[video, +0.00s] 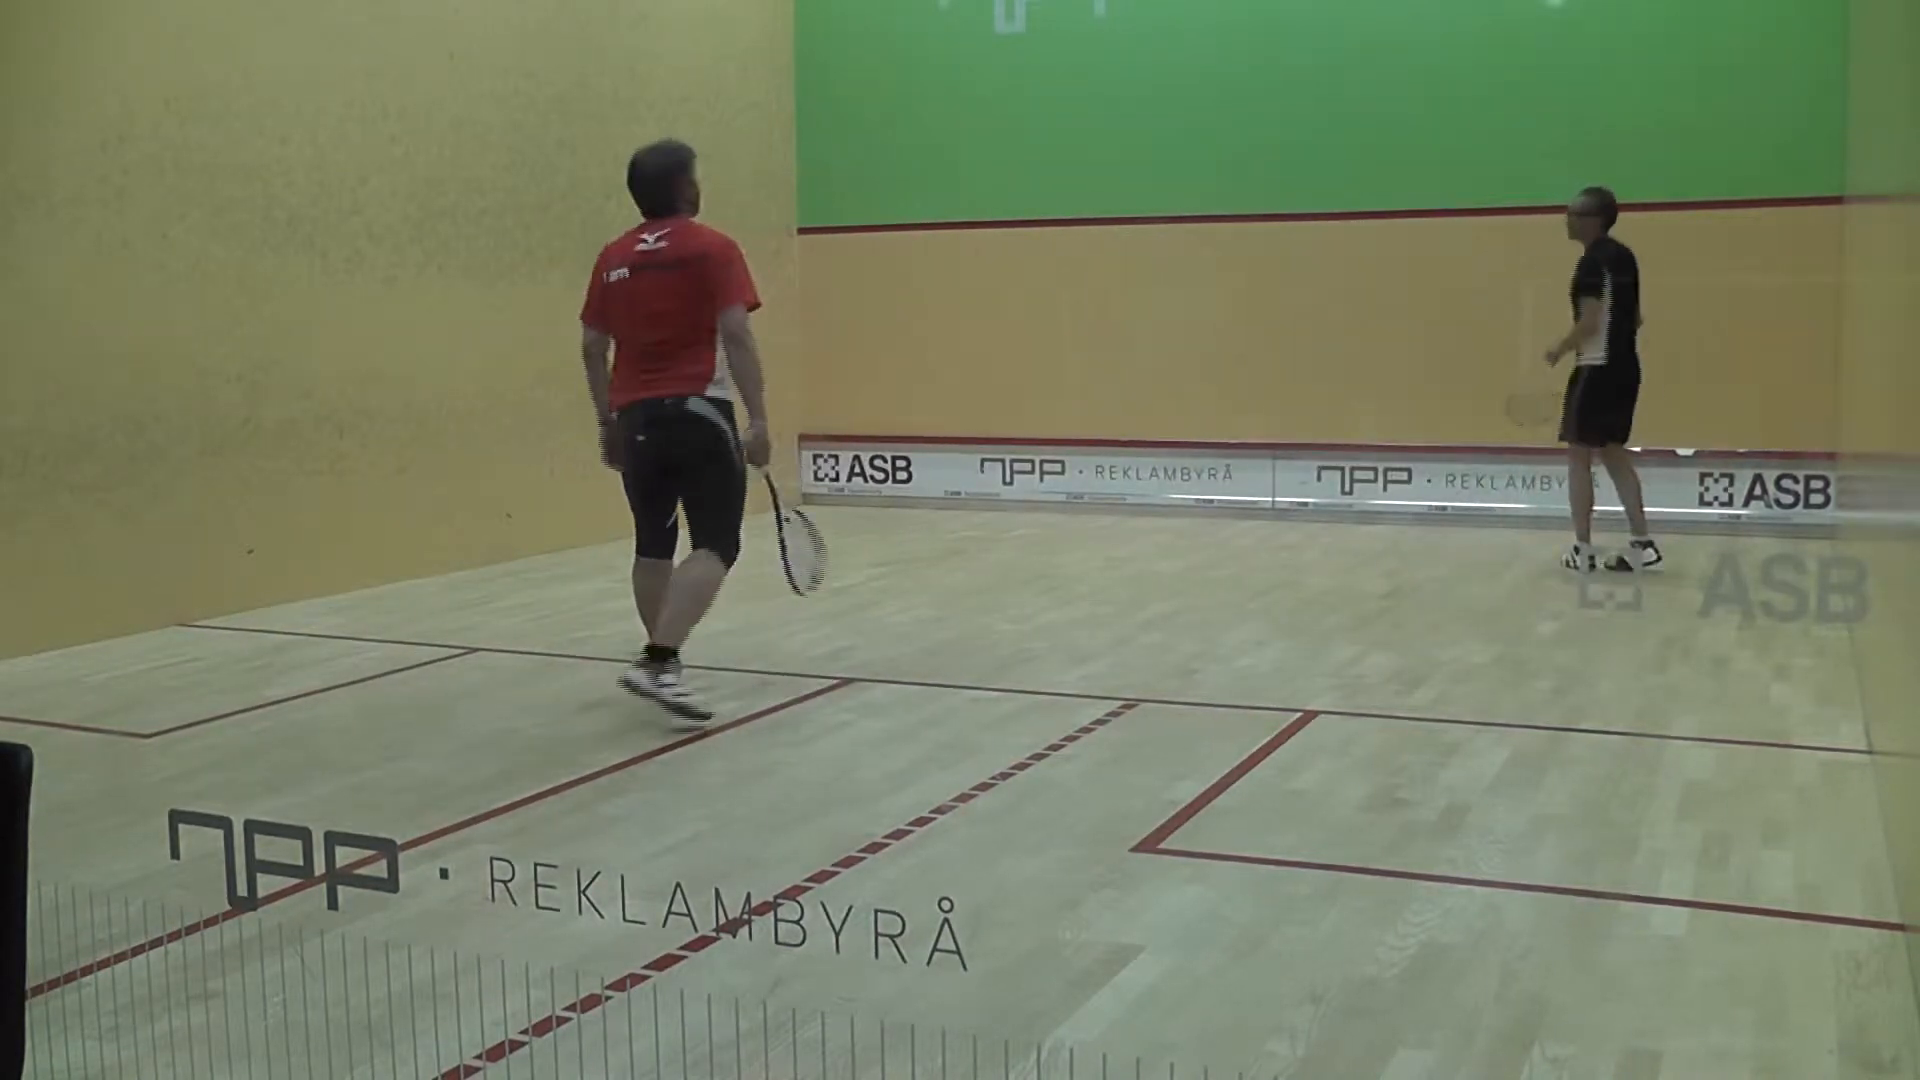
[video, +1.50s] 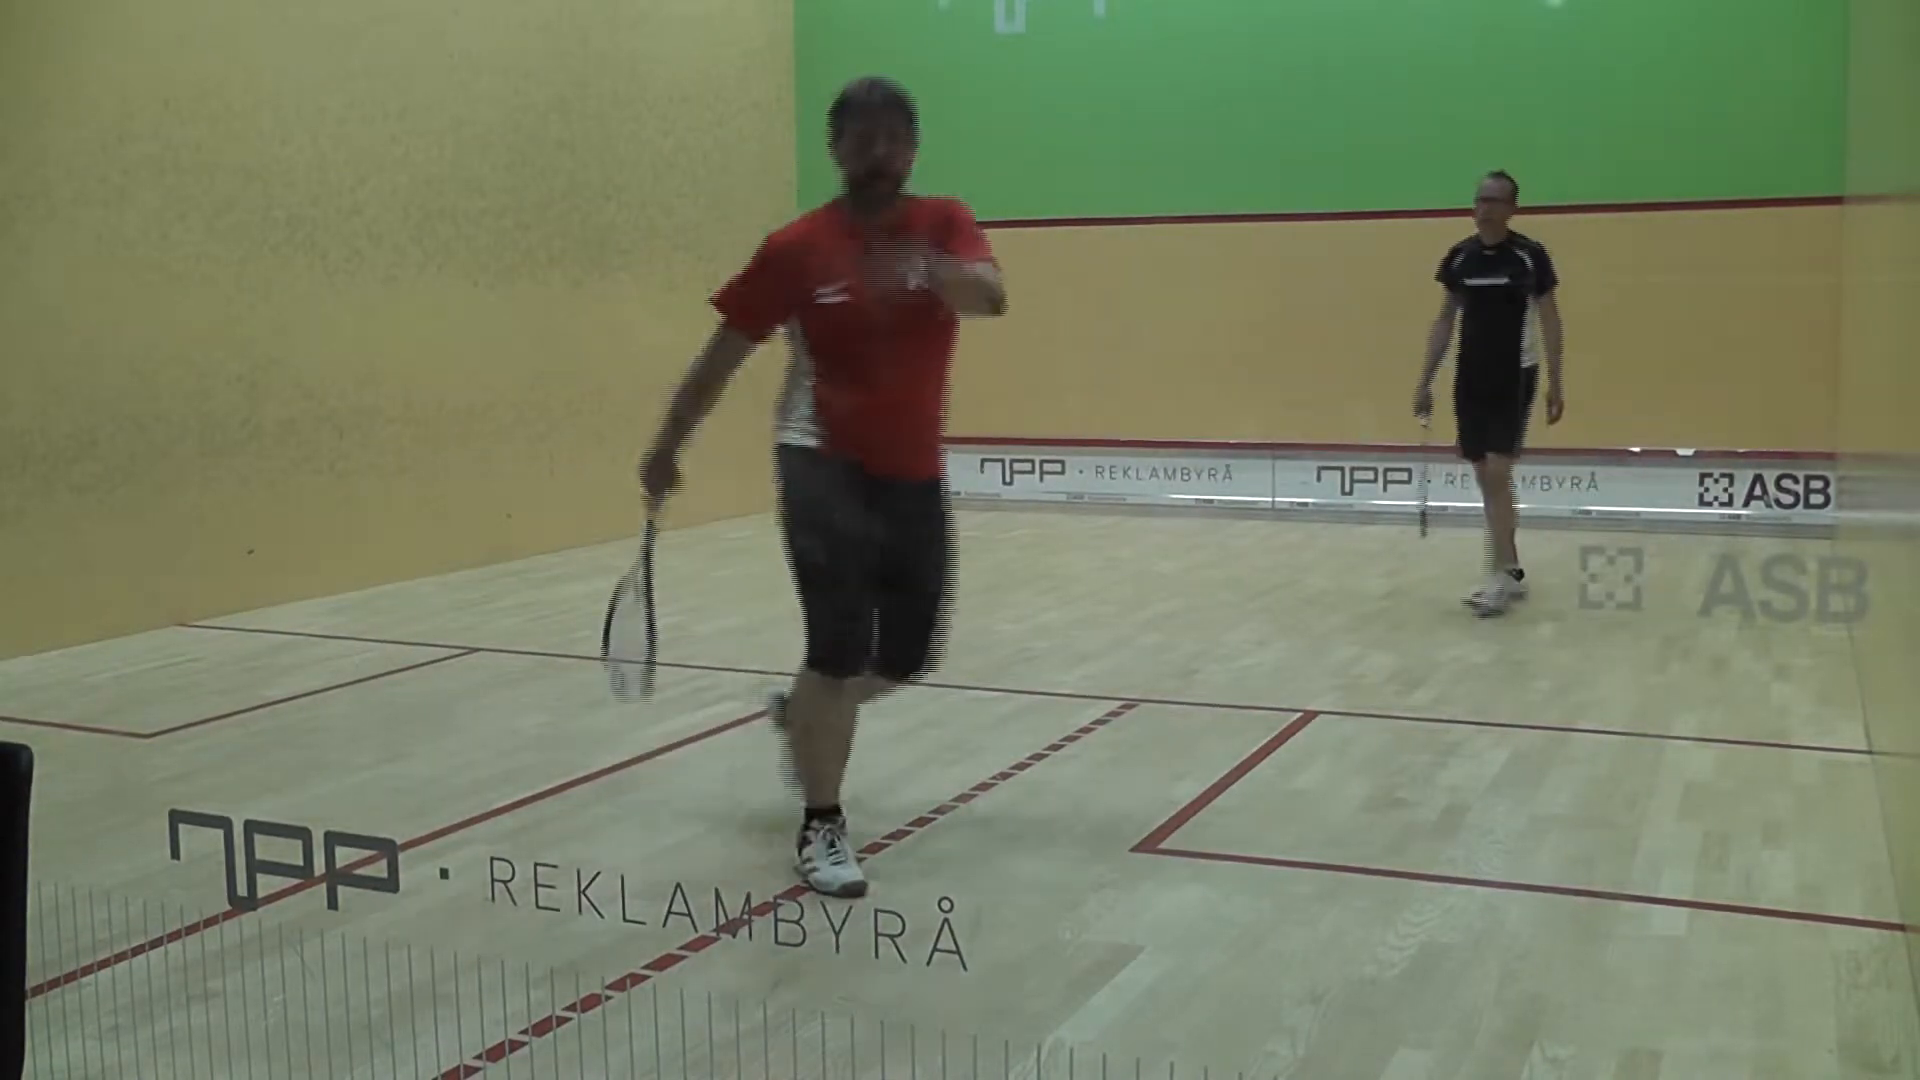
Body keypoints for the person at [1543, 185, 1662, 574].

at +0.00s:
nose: (1567, 220)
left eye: (1574, 214)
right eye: (1569, 213)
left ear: (1594, 220)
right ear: (1600, 220)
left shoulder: (1591, 261)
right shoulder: (1624, 256)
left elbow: (1591, 321)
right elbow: (1635, 319)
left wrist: (1560, 347)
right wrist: (1600, 341)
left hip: (1595, 370)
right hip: (1623, 369)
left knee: (1579, 457)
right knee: (1614, 452)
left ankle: (1582, 548)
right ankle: (1643, 542)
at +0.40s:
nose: (1584, 216)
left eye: (1594, 210)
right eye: (1584, 208)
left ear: (1614, 217)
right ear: (1586, 213)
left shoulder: (1624, 259)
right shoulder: (1593, 259)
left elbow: (1632, 320)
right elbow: (1594, 319)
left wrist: (1610, 368)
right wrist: (1576, 361)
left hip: (1619, 367)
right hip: (1601, 367)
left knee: (1596, 455)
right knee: (1617, 455)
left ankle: (1616, 551)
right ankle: (1642, 542)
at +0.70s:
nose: (1583, 214)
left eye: (1593, 208)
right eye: (1580, 207)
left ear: (1611, 214)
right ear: (1575, 210)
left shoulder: (1628, 260)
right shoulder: (1572, 262)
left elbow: (1644, 326)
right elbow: (1573, 327)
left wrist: (1646, 385)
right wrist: (1559, 379)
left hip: (1613, 375)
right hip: (1577, 375)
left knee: (1606, 465)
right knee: (1562, 459)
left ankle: (1619, 556)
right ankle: (1602, 535)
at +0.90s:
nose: (1566, 213)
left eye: (1575, 207)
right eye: (1562, 206)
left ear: (1593, 213)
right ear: (1556, 211)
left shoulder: (1613, 257)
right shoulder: (1552, 262)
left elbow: (1638, 319)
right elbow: (1552, 322)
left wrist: (1647, 382)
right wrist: (1534, 373)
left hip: (1604, 375)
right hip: (1560, 374)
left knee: (1604, 465)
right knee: (1533, 456)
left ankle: (1619, 558)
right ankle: (1544, 557)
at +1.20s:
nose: (1521, 219)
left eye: (1530, 212)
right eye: (1517, 211)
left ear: (1549, 217)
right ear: (1512, 216)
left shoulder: (1572, 264)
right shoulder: (1507, 268)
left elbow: (1595, 326)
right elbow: (1501, 332)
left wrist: (1597, 388)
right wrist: (1481, 389)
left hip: (1560, 387)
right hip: (1515, 387)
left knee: (1573, 478)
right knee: (1501, 473)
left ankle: (1610, 546)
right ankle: (1512, 571)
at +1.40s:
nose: (1499, 207)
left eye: (1508, 200)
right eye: (1494, 198)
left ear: (1526, 206)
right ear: (1487, 203)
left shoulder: (1545, 254)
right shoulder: (1473, 260)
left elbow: (1564, 317)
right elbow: (1464, 322)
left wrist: (1567, 377)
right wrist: (1446, 380)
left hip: (1531, 375)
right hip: (1487, 375)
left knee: (1520, 469)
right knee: (1491, 472)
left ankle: (1540, 544)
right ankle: (1509, 570)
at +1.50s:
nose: (1485, 207)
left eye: (1495, 201)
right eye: (1480, 200)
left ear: (1512, 207)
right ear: (1473, 205)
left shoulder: (1531, 257)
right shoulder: (1460, 258)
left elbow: (1550, 320)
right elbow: (1445, 320)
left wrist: (1555, 383)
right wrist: (1425, 381)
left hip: (1514, 372)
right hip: (1471, 372)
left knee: (1496, 472)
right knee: (1485, 474)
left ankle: (1504, 573)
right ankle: (1508, 567)